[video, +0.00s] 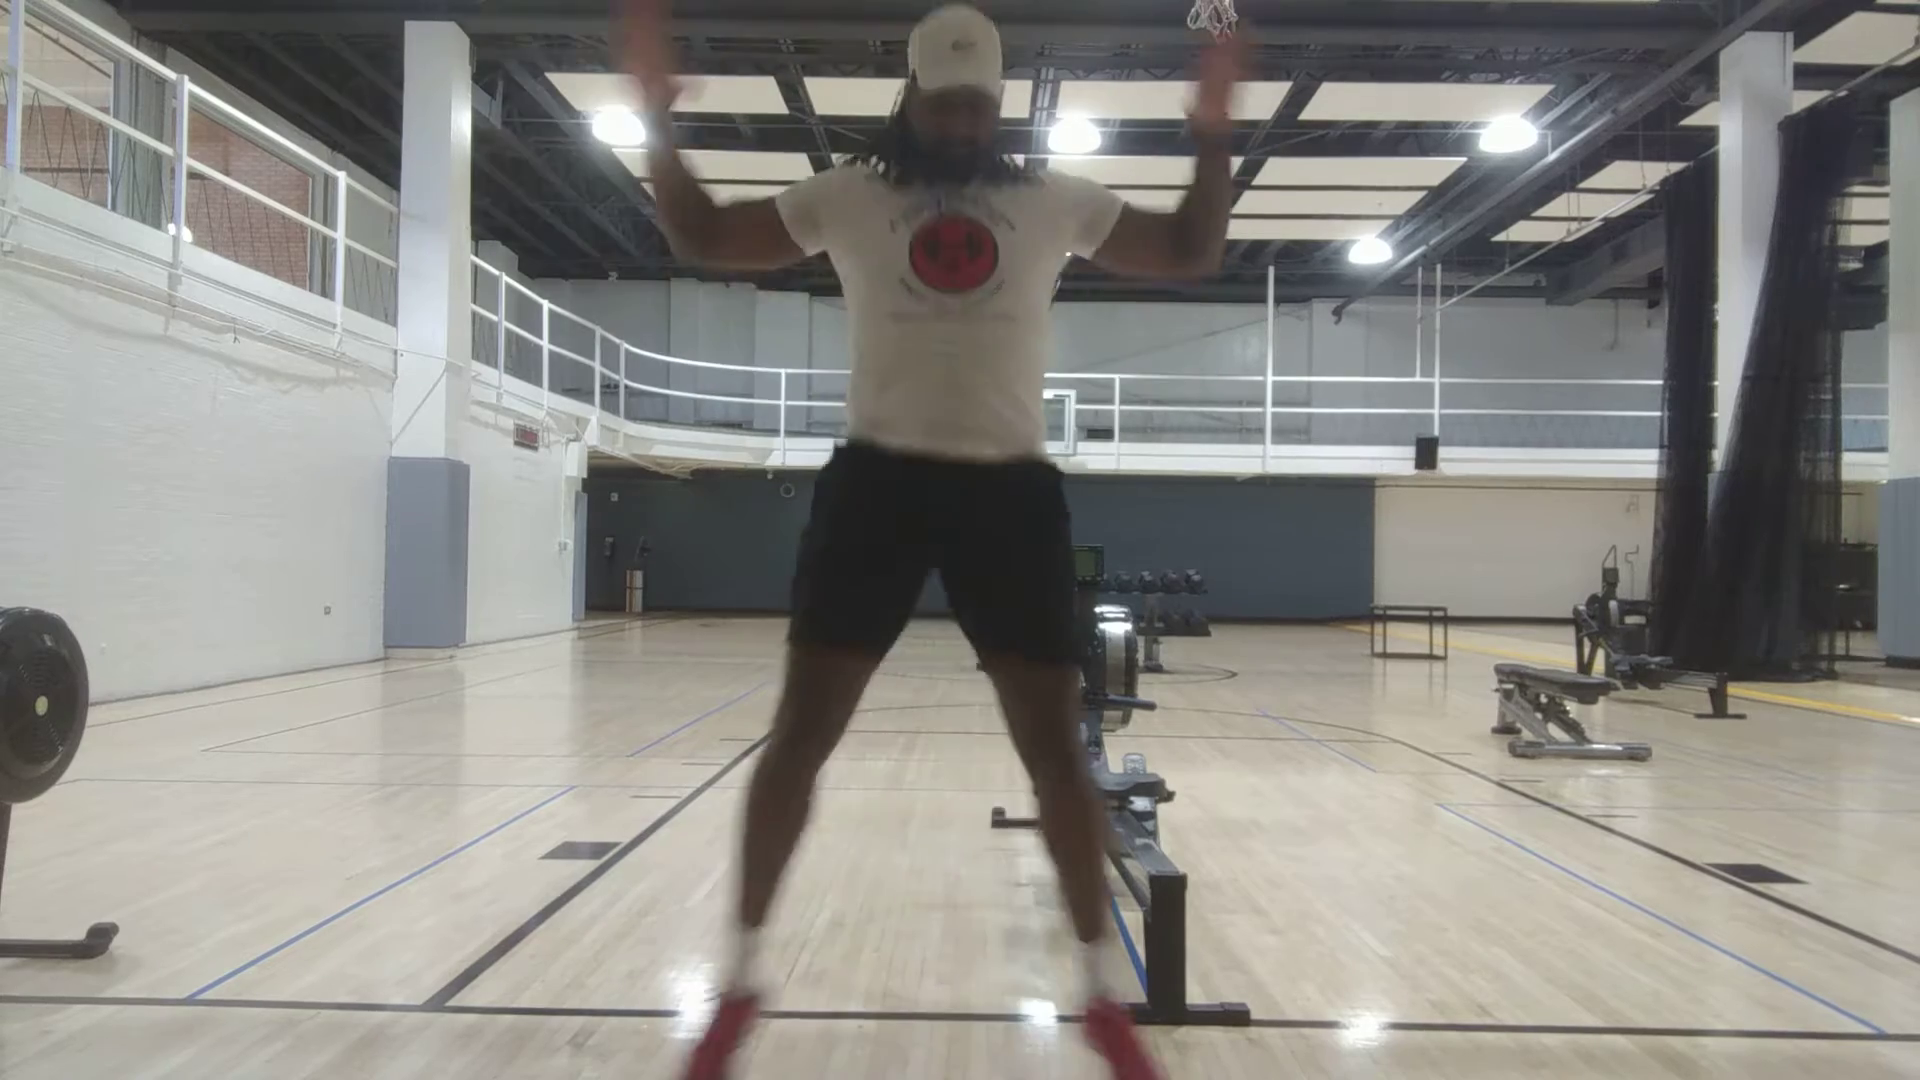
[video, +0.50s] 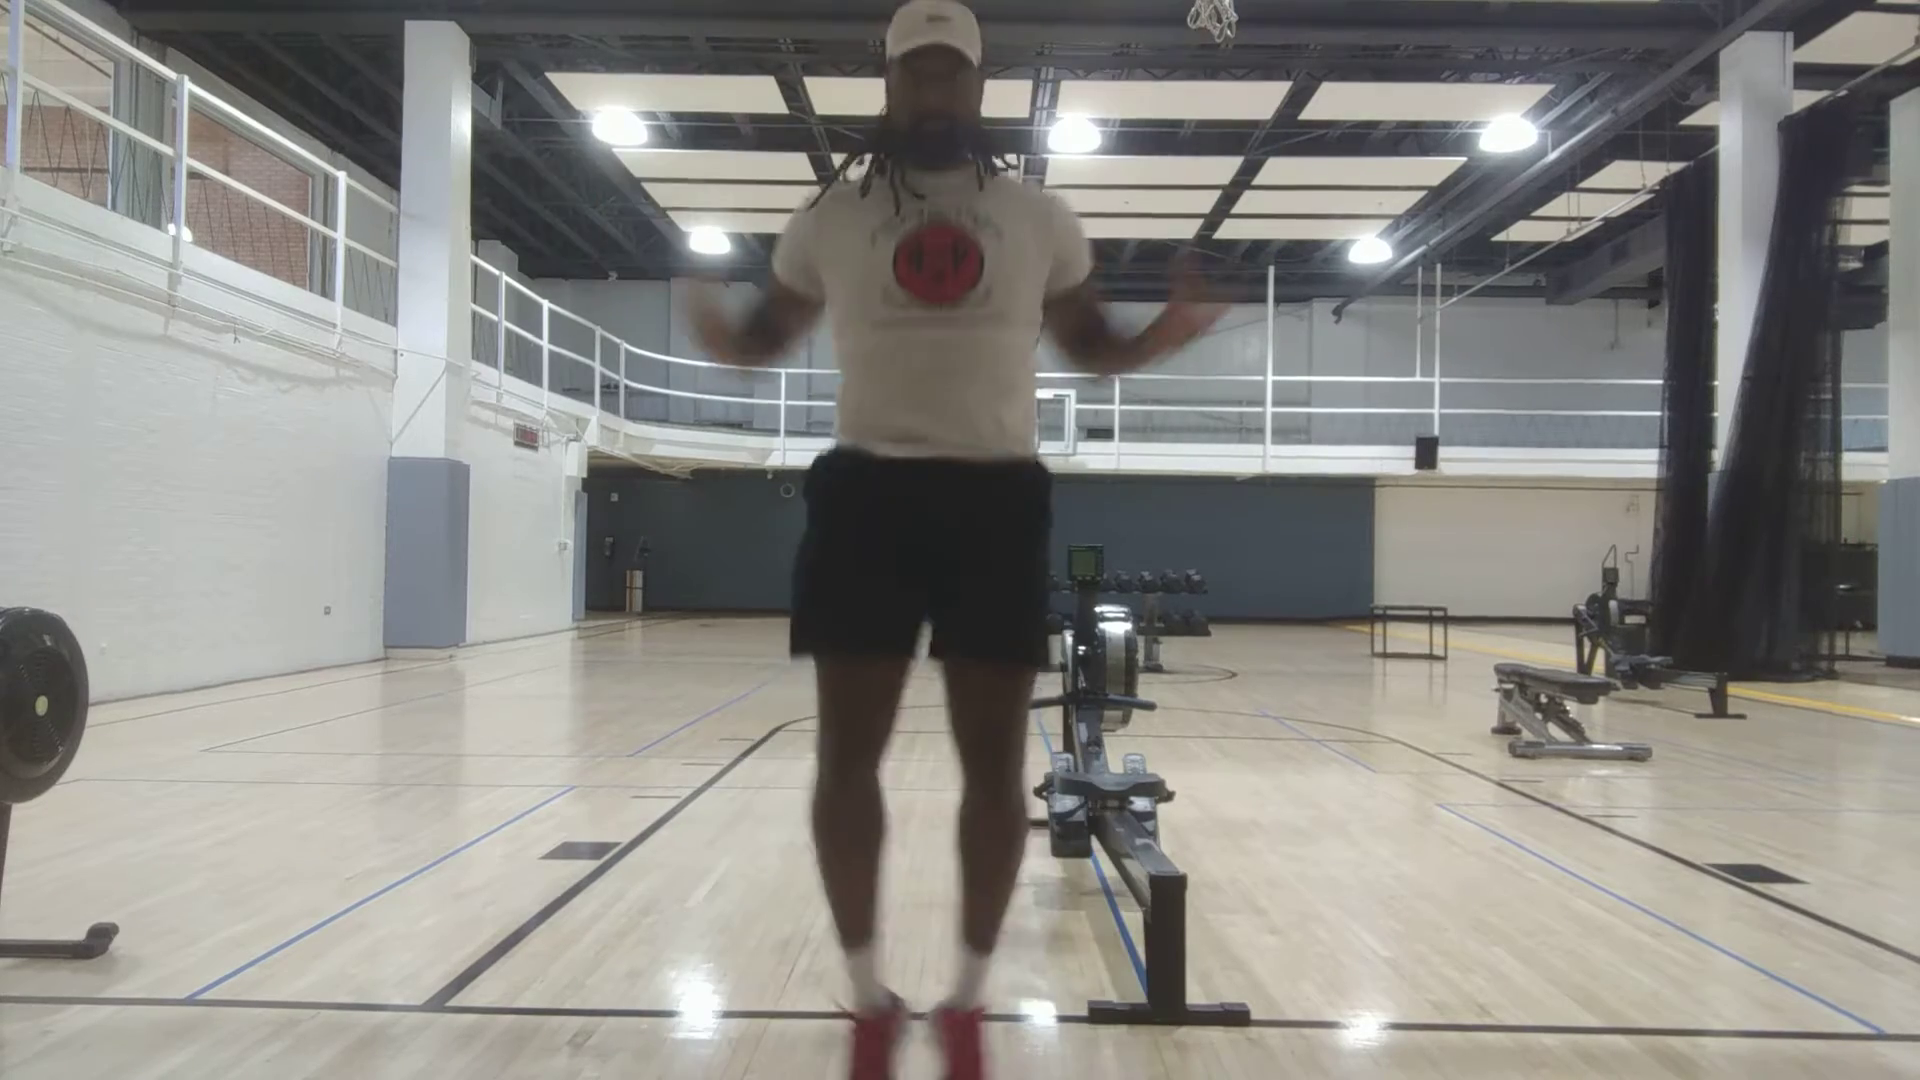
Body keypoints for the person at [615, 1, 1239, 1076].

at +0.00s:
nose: (961, 123)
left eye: (977, 104)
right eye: (942, 104)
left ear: (1004, 105)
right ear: (907, 103)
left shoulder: (1055, 200)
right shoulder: (851, 195)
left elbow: (1190, 252)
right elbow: (703, 235)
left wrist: (1214, 124)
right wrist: (656, 112)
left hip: (1011, 493)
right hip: (875, 485)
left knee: (1057, 747)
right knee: (802, 733)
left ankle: (1104, 989)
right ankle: (739, 977)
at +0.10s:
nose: (960, 180)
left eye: (977, 163)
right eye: (943, 161)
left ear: (1004, 168)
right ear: (909, 165)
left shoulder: (1054, 252)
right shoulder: (848, 248)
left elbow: (1189, 219)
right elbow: (709, 213)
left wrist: (1123, 97)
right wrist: (749, 86)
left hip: (1012, 566)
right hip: (873, 558)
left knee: (1080, 806)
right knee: (772, 795)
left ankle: (1159, 1036)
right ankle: (677, 1021)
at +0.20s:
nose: (956, 230)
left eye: (972, 214)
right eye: (939, 213)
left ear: (998, 220)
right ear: (904, 223)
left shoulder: (1050, 300)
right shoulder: (842, 300)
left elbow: (1177, 241)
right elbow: (723, 229)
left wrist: (1039, 148)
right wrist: (829, 130)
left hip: (1012, 625)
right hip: (869, 620)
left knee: (1089, 854)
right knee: (768, 845)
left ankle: (1159, 1048)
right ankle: (678, 1042)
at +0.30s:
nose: (945, 175)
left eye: (962, 158)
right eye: (929, 157)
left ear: (991, 174)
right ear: (898, 171)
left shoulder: (1043, 281)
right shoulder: (840, 270)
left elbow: (1193, 268)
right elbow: (696, 241)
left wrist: (1186, 121)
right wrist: (715, 95)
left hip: (1008, 566)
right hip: (866, 562)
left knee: (1075, 796)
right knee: (771, 782)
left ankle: (1143, 1017)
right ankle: (692, 1012)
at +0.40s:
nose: (945, 103)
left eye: (962, 86)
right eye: (926, 85)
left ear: (989, 101)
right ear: (892, 99)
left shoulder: (1044, 215)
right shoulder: (839, 212)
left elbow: (1161, 299)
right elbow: (715, 285)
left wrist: (1246, 203)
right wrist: (644, 205)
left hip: (1001, 499)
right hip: (865, 495)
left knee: (1038, 752)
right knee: (809, 738)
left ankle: (1064, 997)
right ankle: (780, 982)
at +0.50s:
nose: (937, 89)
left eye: (954, 71)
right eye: (919, 71)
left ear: (980, 87)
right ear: (886, 87)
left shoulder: (1035, 211)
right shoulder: (833, 215)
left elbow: (1092, 348)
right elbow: (761, 340)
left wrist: (1162, 332)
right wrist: (724, 325)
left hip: (997, 501)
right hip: (866, 498)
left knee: (993, 766)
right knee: (849, 760)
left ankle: (967, 1001)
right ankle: (868, 997)